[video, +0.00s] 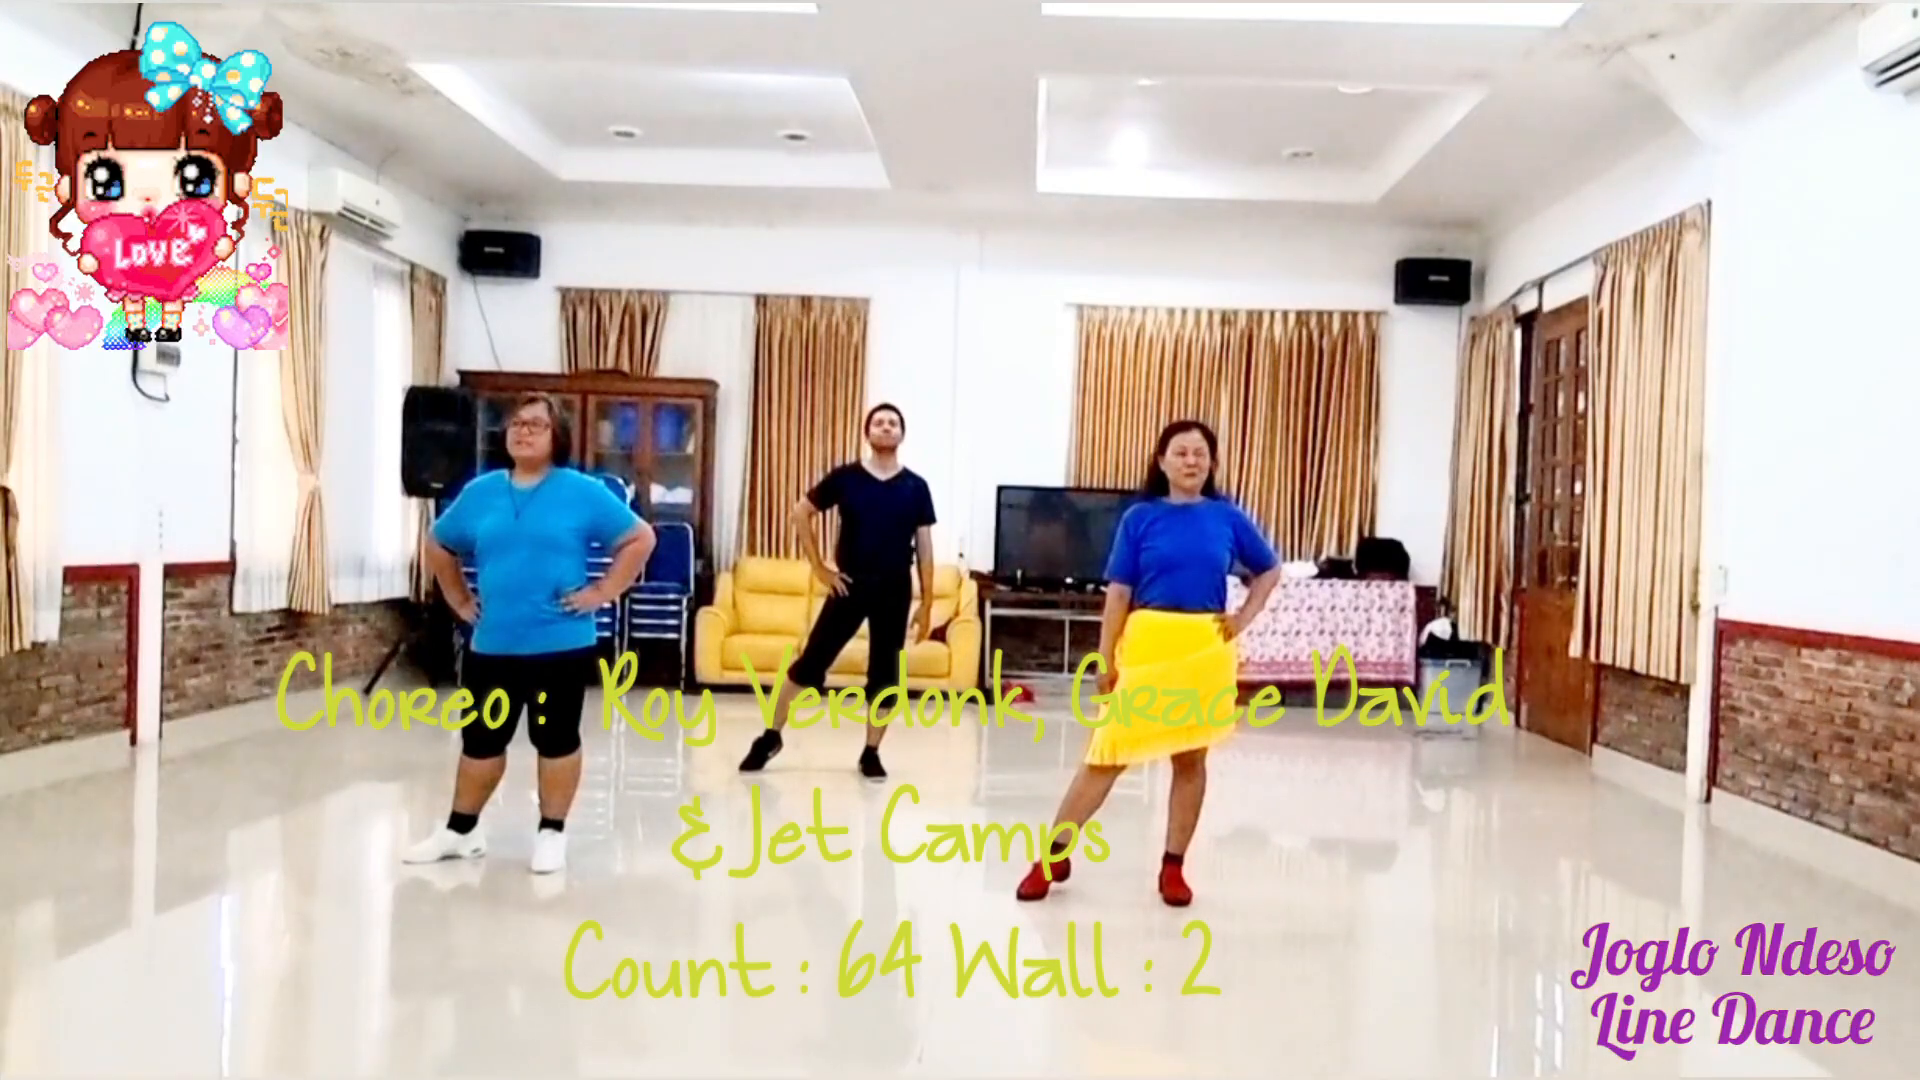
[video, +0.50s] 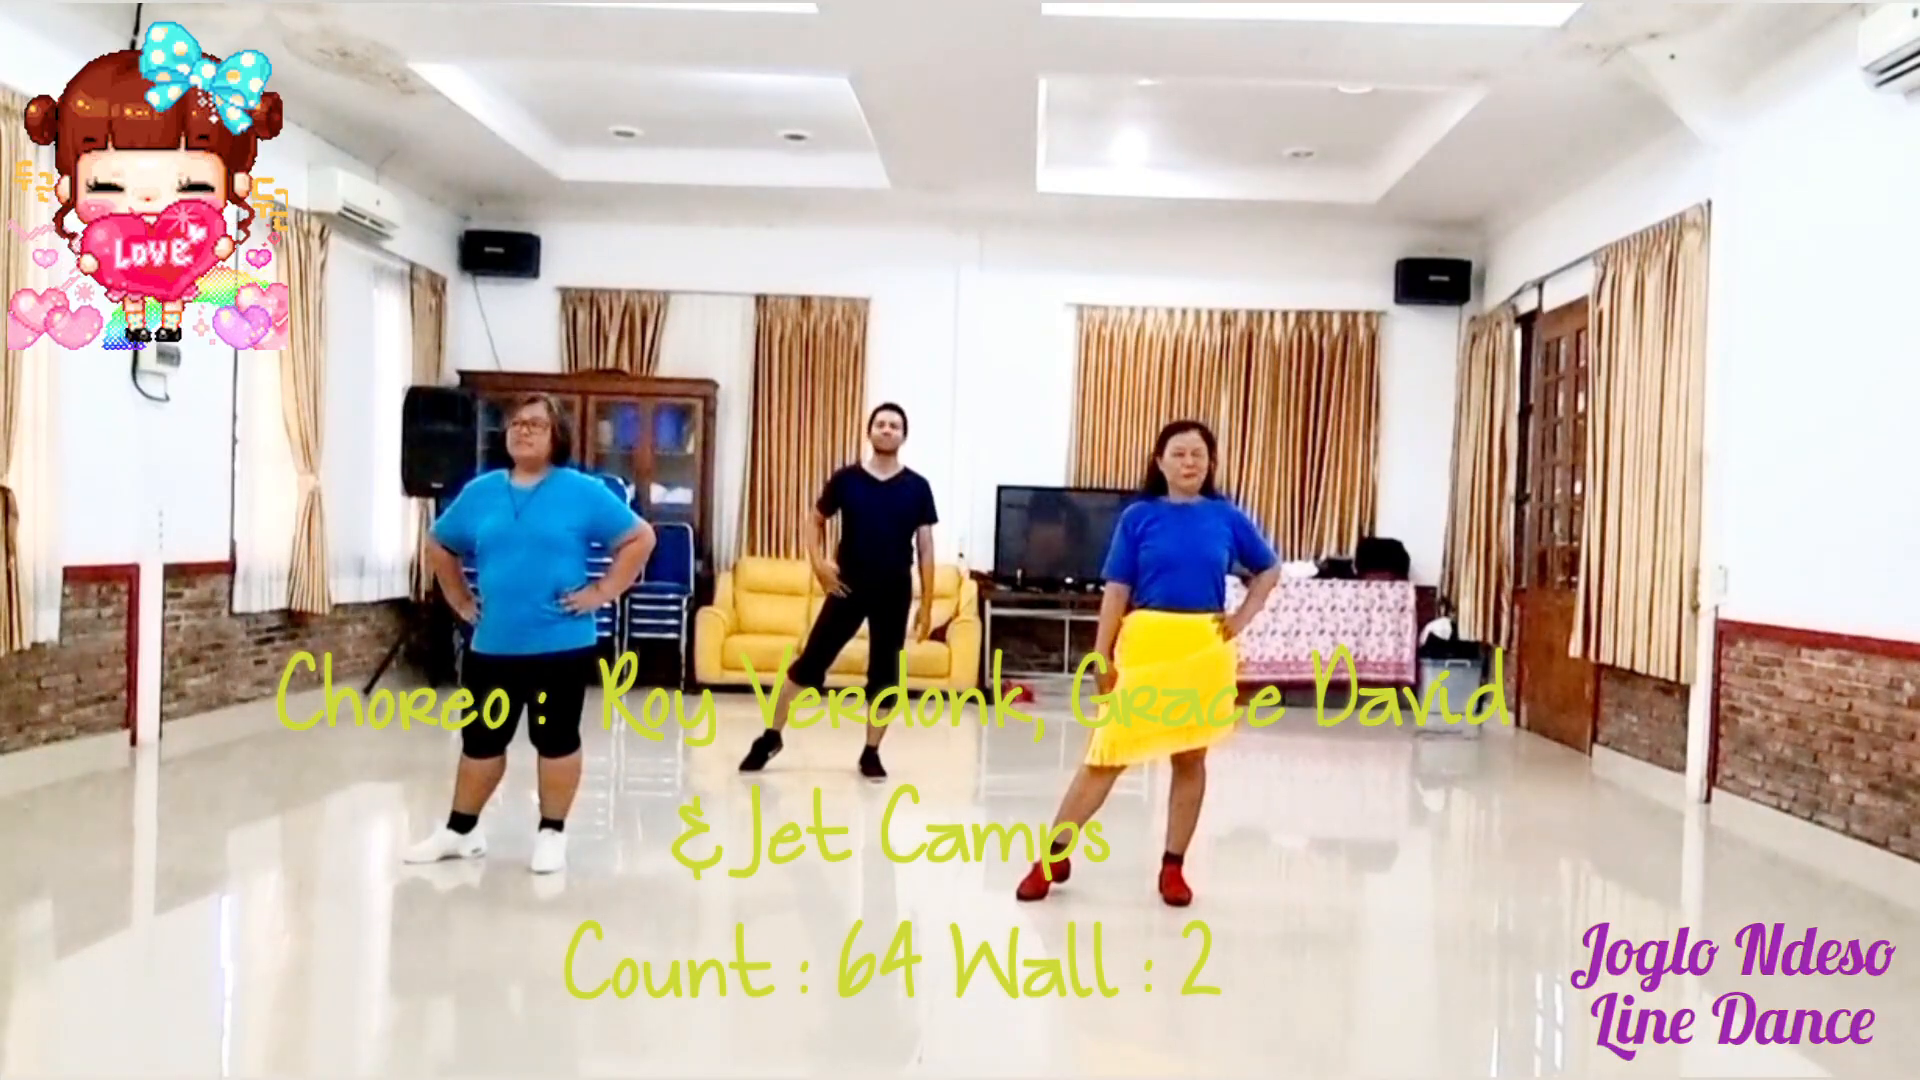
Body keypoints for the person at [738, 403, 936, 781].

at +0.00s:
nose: (886, 428)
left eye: (893, 424)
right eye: (879, 423)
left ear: (902, 435)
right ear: (866, 433)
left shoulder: (915, 487)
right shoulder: (846, 478)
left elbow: (924, 547)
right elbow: (800, 515)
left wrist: (926, 603)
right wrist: (820, 566)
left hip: (893, 595)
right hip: (850, 590)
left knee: (885, 677)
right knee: (808, 665)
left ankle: (871, 752)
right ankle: (772, 733)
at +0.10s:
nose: (886, 429)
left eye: (893, 424)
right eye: (879, 424)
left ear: (903, 435)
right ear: (867, 433)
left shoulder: (915, 487)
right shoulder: (846, 478)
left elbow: (923, 547)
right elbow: (802, 514)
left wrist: (925, 603)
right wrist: (820, 566)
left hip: (893, 595)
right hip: (850, 590)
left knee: (885, 677)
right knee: (809, 665)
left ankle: (871, 752)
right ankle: (772, 733)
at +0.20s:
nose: (886, 429)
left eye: (894, 425)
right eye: (879, 424)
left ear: (904, 436)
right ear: (867, 433)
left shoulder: (915, 487)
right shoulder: (845, 478)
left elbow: (923, 548)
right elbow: (802, 514)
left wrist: (925, 604)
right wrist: (820, 567)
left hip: (893, 595)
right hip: (850, 590)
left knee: (885, 677)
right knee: (809, 665)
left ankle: (872, 752)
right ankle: (773, 733)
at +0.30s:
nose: (887, 429)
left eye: (894, 425)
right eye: (880, 424)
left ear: (904, 436)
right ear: (868, 433)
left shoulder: (915, 487)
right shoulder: (846, 478)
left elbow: (923, 547)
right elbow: (802, 513)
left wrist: (925, 604)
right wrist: (822, 566)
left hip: (893, 595)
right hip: (850, 590)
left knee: (885, 677)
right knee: (809, 665)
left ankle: (872, 752)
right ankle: (773, 733)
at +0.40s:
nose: (887, 430)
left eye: (894, 425)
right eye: (880, 424)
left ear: (904, 436)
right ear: (868, 433)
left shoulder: (916, 487)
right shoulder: (846, 479)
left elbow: (924, 547)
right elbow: (808, 518)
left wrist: (926, 604)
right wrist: (822, 565)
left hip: (893, 595)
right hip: (849, 590)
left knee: (885, 678)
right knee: (808, 665)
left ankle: (872, 752)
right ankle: (773, 733)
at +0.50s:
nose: (887, 431)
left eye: (894, 426)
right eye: (880, 425)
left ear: (904, 437)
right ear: (868, 433)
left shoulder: (916, 487)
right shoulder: (846, 479)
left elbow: (925, 546)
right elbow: (815, 521)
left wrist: (927, 603)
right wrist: (818, 563)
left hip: (893, 596)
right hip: (849, 590)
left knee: (884, 678)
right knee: (808, 665)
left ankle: (871, 752)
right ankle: (772, 734)